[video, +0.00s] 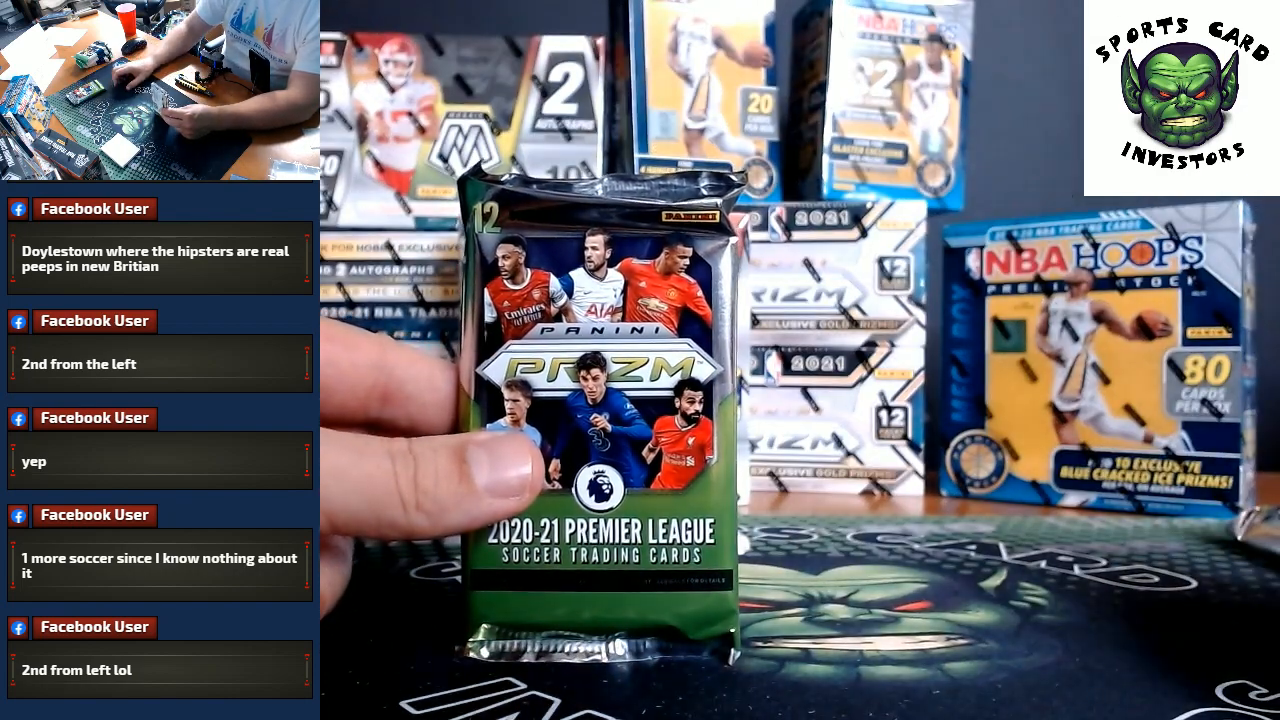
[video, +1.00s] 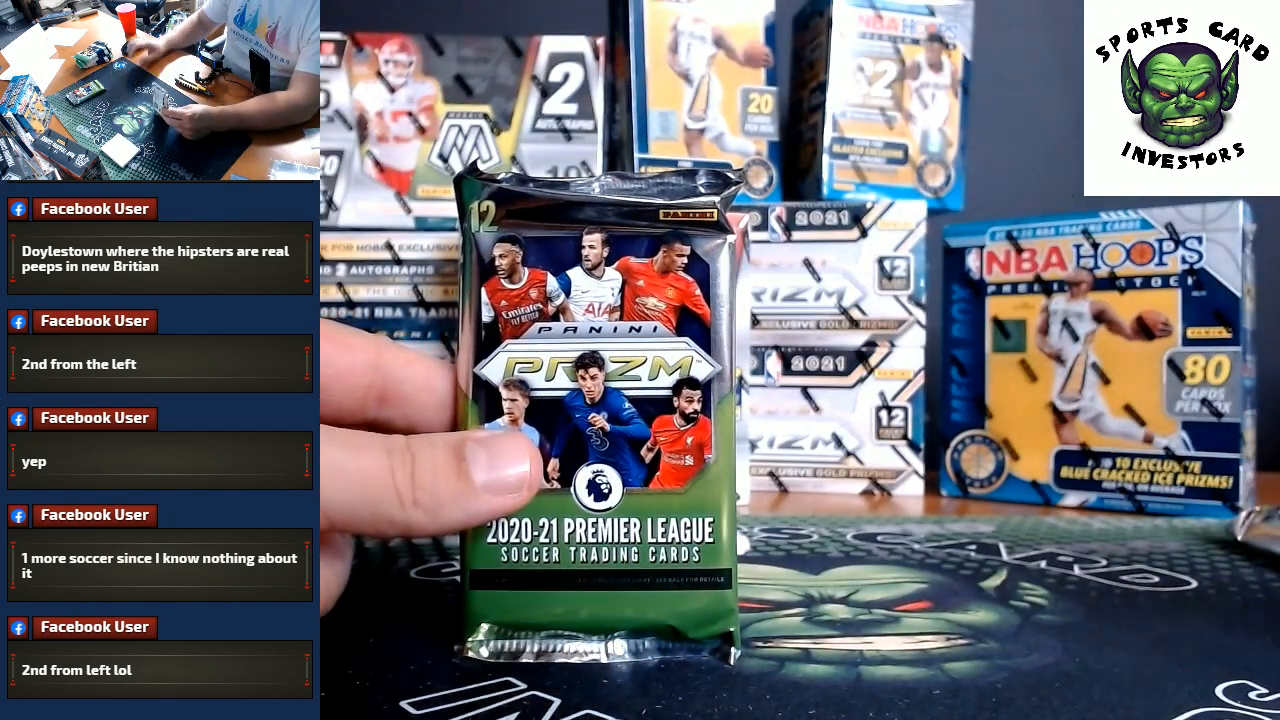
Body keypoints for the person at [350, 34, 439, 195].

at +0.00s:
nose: (398, 70)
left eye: (405, 64)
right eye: (392, 63)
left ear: (413, 66)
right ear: (381, 64)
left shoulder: (424, 90)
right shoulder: (365, 90)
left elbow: (432, 130)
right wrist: (370, 126)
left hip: (405, 170)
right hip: (373, 165)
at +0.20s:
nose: (398, 70)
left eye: (404, 65)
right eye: (392, 64)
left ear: (413, 66)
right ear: (381, 64)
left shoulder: (424, 90)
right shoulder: (365, 90)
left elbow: (432, 130)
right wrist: (370, 126)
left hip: (405, 169)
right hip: (373, 165)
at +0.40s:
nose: (399, 70)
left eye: (405, 65)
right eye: (393, 64)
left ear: (413, 66)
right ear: (382, 64)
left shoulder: (423, 90)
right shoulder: (365, 90)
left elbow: (432, 130)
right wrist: (370, 126)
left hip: (405, 170)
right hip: (374, 165)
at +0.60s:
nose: (398, 70)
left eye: (404, 65)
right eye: (392, 64)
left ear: (412, 66)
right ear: (381, 64)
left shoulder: (424, 90)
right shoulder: (365, 90)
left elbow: (432, 130)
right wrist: (370, 126)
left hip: (405, 169)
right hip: (374, 164)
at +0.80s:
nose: (399, 70)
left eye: (405, 65)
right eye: (393, 64)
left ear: (413, 66)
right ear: (382, 64)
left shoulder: (423, 90)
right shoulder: (365, 90)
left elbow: (432, 130)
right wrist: (370, 126)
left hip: (405, 169)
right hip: (374, 164)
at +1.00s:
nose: (398, 70)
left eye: (404, 65)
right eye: (392, 64)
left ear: (413, 66)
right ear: (381, 64)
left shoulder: (424, 90)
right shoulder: (365, 90)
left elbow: (432, 130)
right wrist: (370, 126)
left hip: (405, 169)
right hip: (373, 165)